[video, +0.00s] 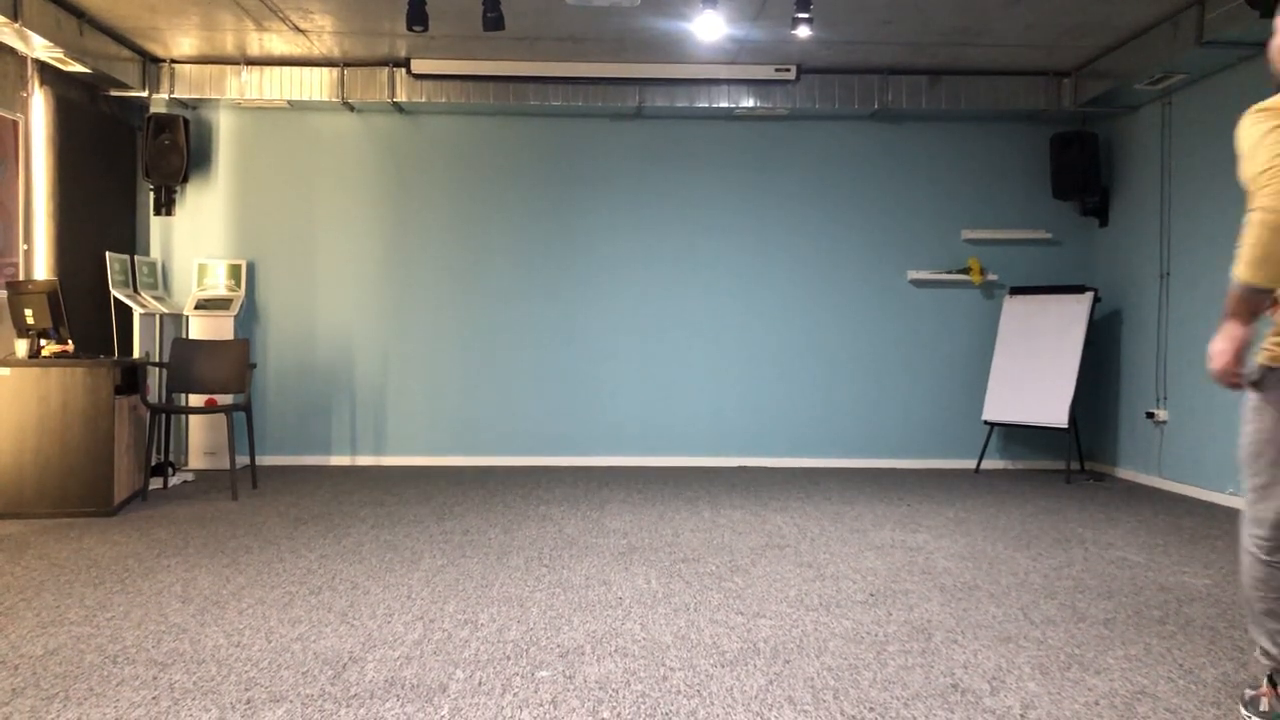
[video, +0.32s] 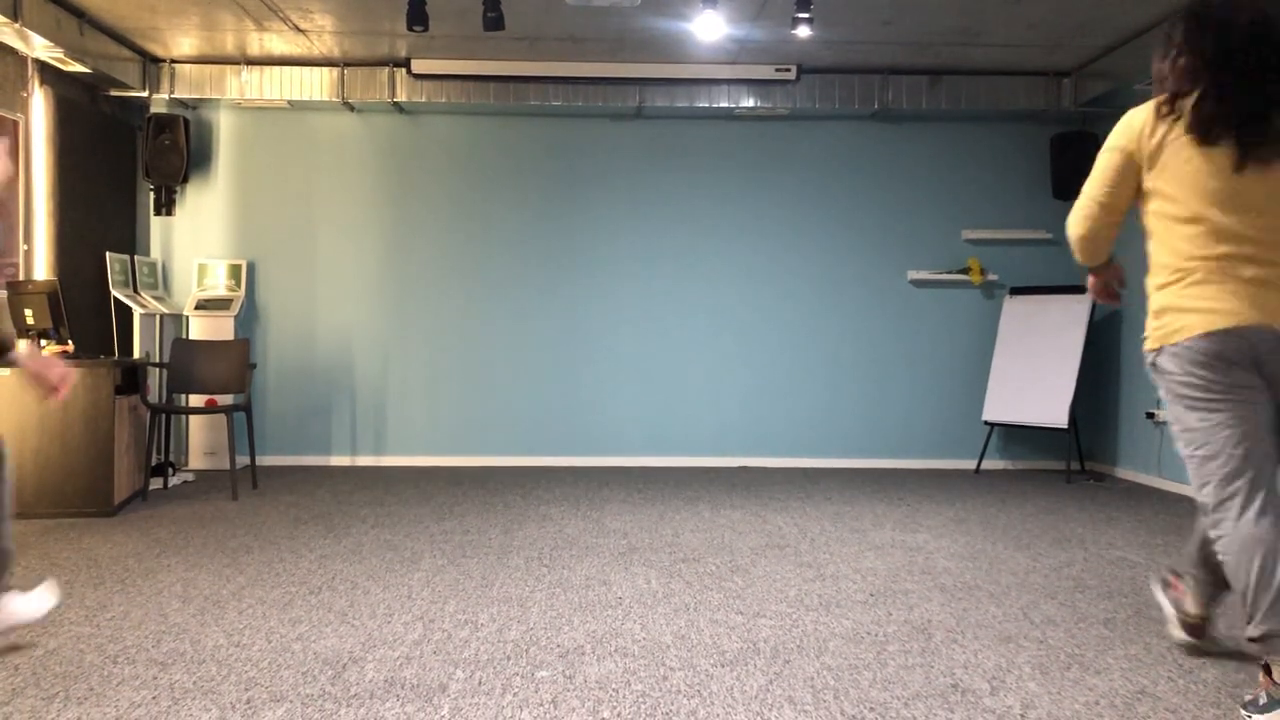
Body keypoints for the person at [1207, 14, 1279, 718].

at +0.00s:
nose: (1269, 44)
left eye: (1270, 30)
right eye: (1271, 31)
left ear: (1276, 43)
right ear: (1276, 48)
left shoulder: (1264, 119)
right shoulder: (1260, 121)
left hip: (1278, 357)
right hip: (1272, 356)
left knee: (1266, 516)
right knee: (1261, 513)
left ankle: (1272, 679)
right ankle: (1268, 675)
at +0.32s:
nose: (1159, 66)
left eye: (1165, 52)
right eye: (1162, 54)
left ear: (1183, 56)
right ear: (1261, 56)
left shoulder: (1149, 123)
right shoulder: (1267, 120)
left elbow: (1086, 228)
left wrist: (1101, 265)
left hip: (1197, 323)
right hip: (1270, 320)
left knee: (1240, 495)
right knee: (1237, 470)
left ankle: (1274, 668)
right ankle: (1194, 597)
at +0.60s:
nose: (1097, 113)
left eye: (1102, 105)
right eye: (1099, 105)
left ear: (1114, 109)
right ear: (1178, 110)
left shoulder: (1079, 163)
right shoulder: (1209, 167)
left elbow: (1041, 246)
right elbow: (1254, 257)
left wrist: (1027, 308)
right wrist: (1245, 325)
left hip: (1120, 345)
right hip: (1204, 344)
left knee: (1090, 466)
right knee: (1170, 477)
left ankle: (1151, 565)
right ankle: (1165, 602)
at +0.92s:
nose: (992, 159)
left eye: (997, 152)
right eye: (995, 150)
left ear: (1013, 160)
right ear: (1059, 161)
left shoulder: (995, 200)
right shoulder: (1083, 202)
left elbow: (967, 245)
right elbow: (1127, 259)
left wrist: (937, 293)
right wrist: (1083, 291)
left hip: (1009, 357)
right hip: (1085, 353)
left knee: (976, 450)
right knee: (1105, 463)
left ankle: (959, 534)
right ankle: (1144, 576)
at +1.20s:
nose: (921, 192)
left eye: (926, 186)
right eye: (925, 185)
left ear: (932, 193)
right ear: (984, 196)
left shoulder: (917, 236)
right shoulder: (1002, 241)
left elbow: (893, 291)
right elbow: (1033, 299)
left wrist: (859, 338)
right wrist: (1008, 338)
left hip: (936, 365)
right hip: (995, 370)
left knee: (922, 456)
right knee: (962, 438)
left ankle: (955, 540)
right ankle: (985, 511)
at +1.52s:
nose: (871, 185)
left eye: (875, 179)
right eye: (873, 178)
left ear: (886, 186)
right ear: (921, 188)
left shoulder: (866, 228)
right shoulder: (932, 230)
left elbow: (824, 270)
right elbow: (953, 274)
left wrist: (788, 254)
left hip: (873, 349)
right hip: (921, 353)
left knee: (833, 415)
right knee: (886, 427)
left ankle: (870, 498)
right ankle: (882, 507)